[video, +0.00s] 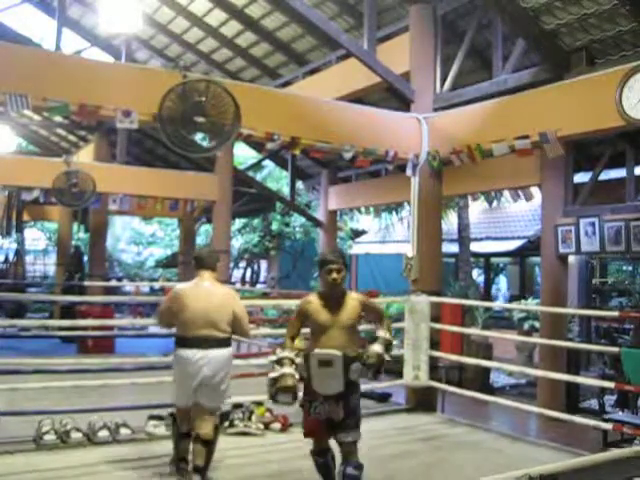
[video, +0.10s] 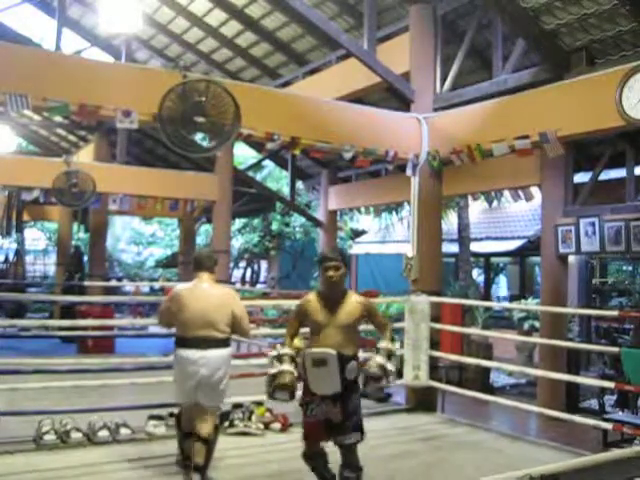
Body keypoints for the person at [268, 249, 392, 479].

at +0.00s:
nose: (334, 276)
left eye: (339, 271)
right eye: (329, 272)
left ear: (345, 274)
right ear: (320, 275)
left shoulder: (357, 301)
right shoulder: (308, 305)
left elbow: (383, 320)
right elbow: (290, 337)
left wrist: (379, 345)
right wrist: (286, 367)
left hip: (348, 371)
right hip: (316, 372)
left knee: (348, 440)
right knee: (318, 439)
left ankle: (350, 473)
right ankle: (328, 475)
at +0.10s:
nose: (331, 274)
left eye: (336, 269)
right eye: (326, 270)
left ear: (345, 272)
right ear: (320, 273)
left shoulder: (359, 303)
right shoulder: (308, 304)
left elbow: (385, 328)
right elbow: (290, 334)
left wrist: (381, 356)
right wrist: (287, 361)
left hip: (347, 372)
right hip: (314, 373)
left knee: (347, 442)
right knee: (311, 448)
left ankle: (350, 474)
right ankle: (326, 476)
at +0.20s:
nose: (328, 273)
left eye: (334, 268)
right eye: (324, 268)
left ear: (345, 271)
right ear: (319, 272)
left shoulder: (359, 304)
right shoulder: (308, 302)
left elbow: (386, 336)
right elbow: (289, 329)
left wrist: (371, 367)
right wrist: (287, 361)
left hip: (344, 379)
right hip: (311, 378)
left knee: (346, 449)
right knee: (300, 452)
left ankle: (349, 475)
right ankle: (321, 476)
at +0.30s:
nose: (321, 273)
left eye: (327, 268)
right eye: (318, 268)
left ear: (340, 270)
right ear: (313, 271)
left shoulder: (356, 304)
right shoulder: (304, 302)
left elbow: (379, 338)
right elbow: (292, 329)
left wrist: (353, 363)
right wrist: (293, 359)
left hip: (340, 387)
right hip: (307, 385)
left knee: (344, 453)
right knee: (289, 447)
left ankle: (347, 475)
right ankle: (300, 475)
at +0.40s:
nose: (311, 274)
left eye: (318, 268)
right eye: (310, 269)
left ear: (332, 271)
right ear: (308, 272)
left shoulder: (352, 304)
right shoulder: (301, 302)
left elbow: (361, 338)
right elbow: (293, 335)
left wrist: (338, 356)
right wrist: (291, 366)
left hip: (335, 385)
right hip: (302, 382)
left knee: (341, 453)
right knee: (282, 445)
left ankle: (346, 473)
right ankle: (283, 473)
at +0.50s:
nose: (299, 276)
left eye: (305, 270)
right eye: (297, 271)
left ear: (321, 273)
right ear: (295, 275)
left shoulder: (339, 303)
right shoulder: (295, 304)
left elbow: (352, 339)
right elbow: (293, 338)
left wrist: (325, 349)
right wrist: (293, 355)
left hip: (328, 381)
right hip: (298, 380)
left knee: (336, 452)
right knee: (281, 446)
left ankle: (343, 470)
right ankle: (278, 472)